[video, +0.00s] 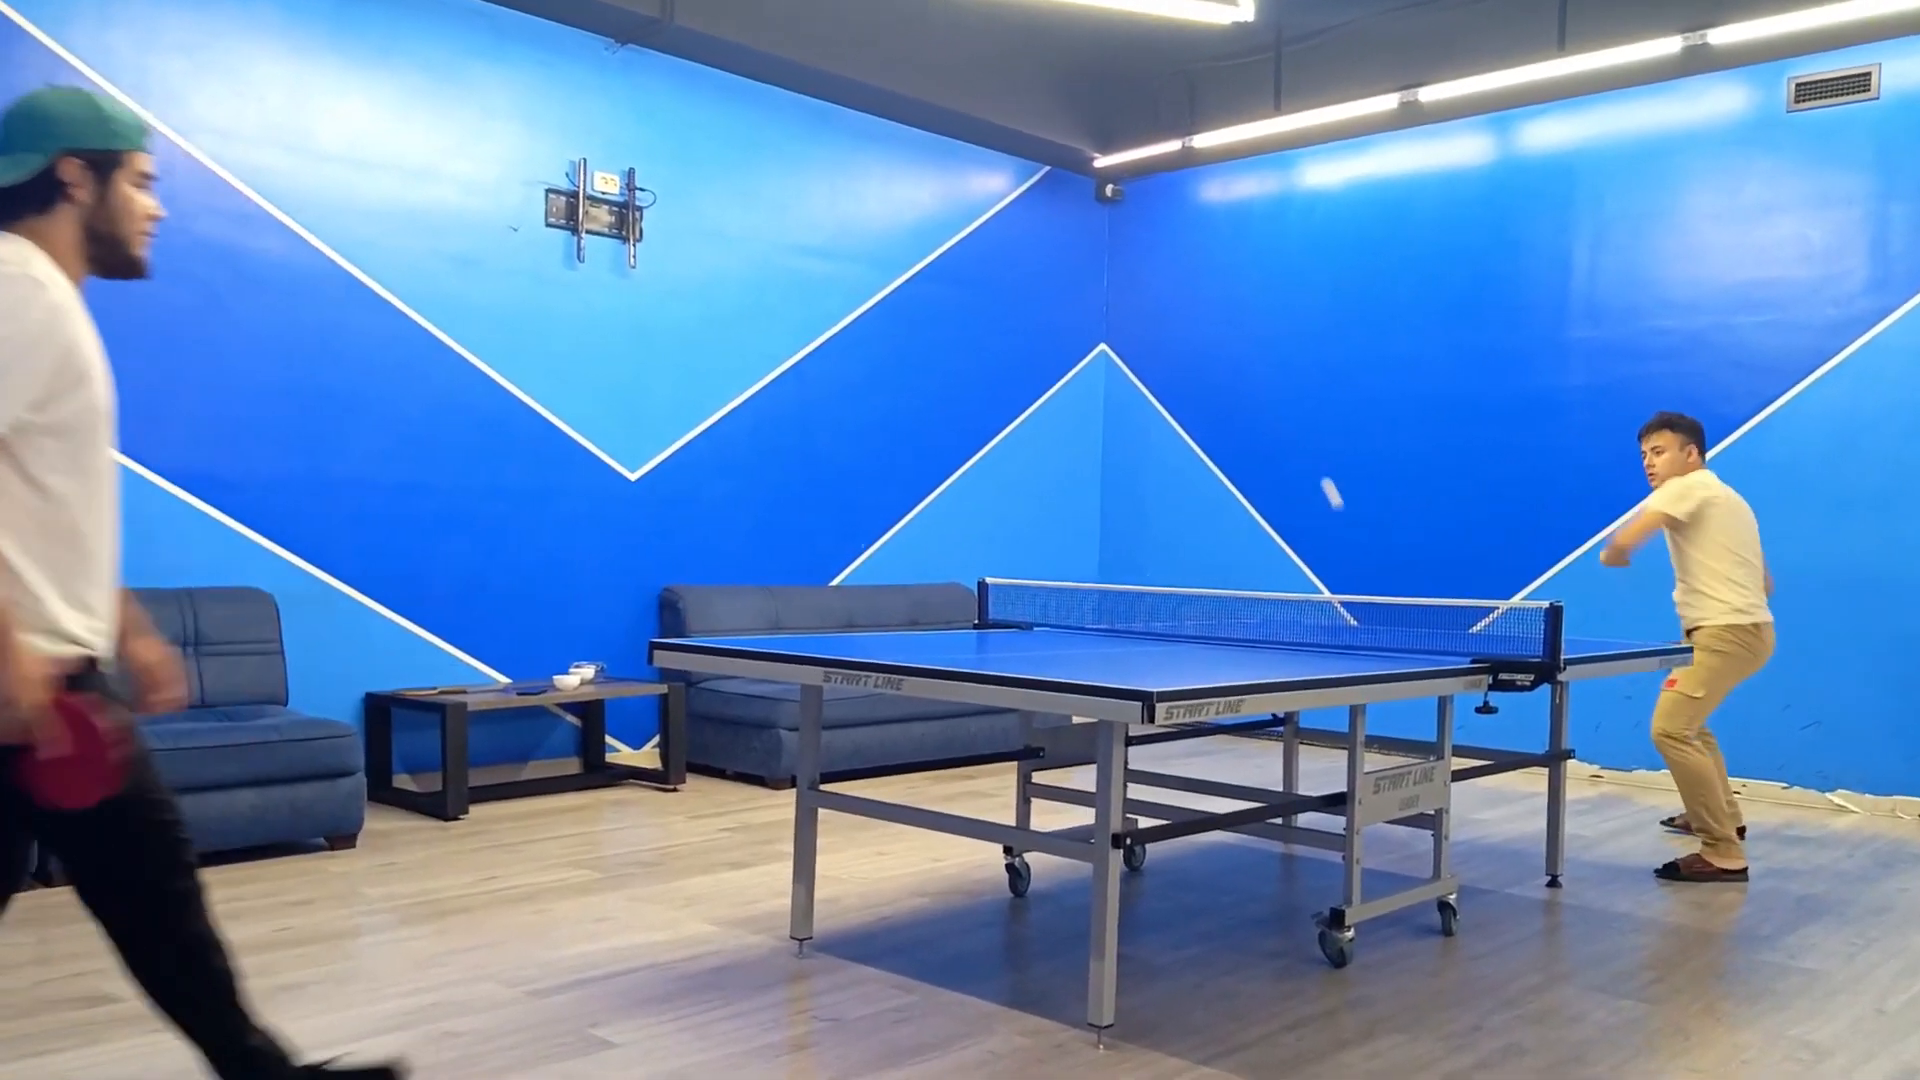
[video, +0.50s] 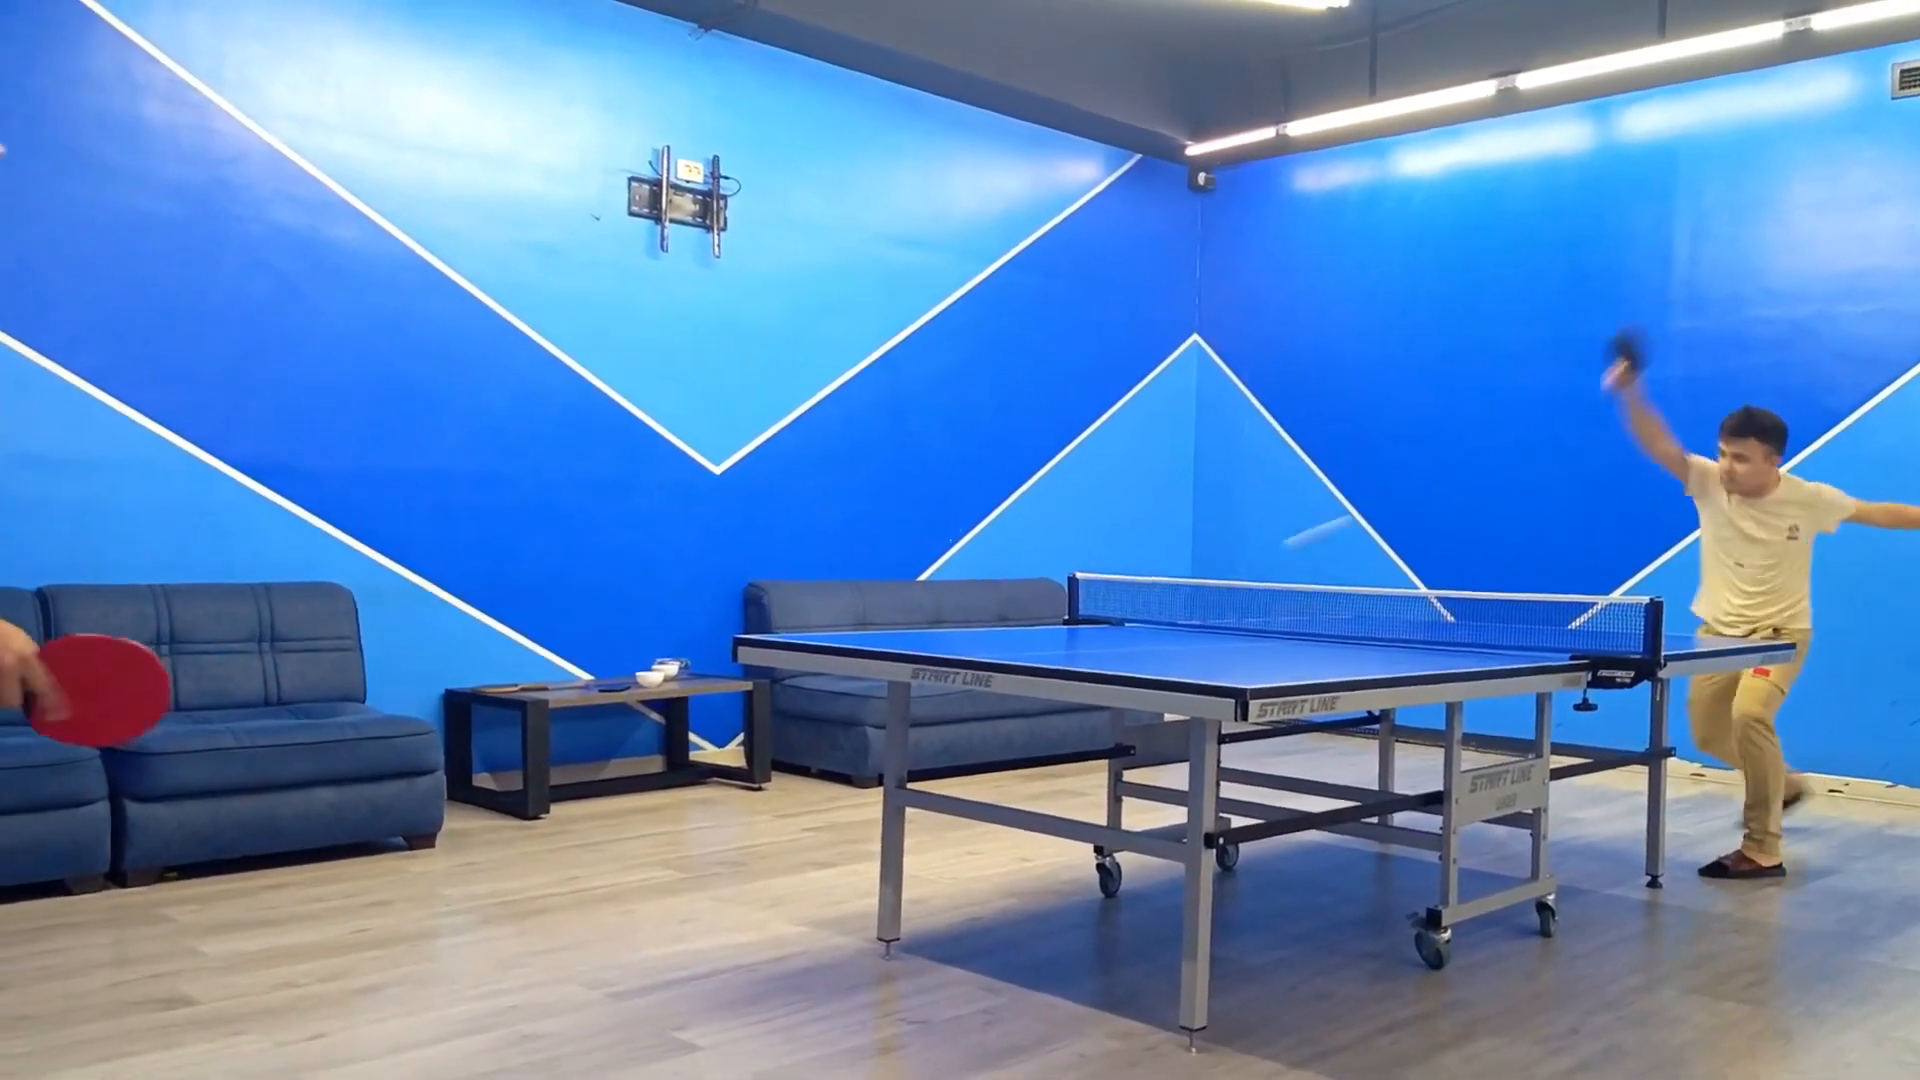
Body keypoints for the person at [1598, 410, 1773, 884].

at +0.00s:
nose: (1648, 463)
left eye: (1657, 451)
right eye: (1645, 455)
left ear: (1691, 453)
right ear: (1693, 459)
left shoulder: (1688, 487)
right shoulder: (1730, 499)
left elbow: (1622, 542)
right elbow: (1763, 583)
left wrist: (1613, 555)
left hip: (1725, 630)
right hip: (1745, 628)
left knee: (1671, 730)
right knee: (1686, 722)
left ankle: (1723, 853)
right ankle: (1720, 816)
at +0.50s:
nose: (1728, 466)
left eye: (1741, 458)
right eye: (1725, 455)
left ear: (1774, 462)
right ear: (1718, 452)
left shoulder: (1810, 501)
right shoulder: (1708, 481)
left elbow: (1878, 513)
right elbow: (1659, 443)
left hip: (1780, 635)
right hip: (1718, 633)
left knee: (1748, 715)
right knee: (1708, 735)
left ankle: (1761, 850)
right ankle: (1782, 784)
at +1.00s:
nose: (1592, 463)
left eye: (1606, 455)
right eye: (1585, 453)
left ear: (1632, 466)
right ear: (1578, 456)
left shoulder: (1655, 517)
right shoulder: (1556, 500)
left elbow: (1696, 566)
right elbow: (1474, 506)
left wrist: (1721, 610)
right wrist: (1514, 528)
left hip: (1613, 644)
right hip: (1552, 640)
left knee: (1593, 710)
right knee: (1512, 702)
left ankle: (1622, 837)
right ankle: (1538, 787)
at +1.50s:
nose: (1562, 508)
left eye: (1571, 497)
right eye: (1562, 498)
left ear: (1605, 496)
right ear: (1617, 502)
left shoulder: (1605, 524)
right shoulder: (1663, 543)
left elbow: (1550, 538)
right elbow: (1709, 620)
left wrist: (1497, 560)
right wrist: (1708, 682)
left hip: (1669, 671)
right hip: (1693, 670)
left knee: (1642, 797)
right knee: (1601, 745)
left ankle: (1738, 910)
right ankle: (1630, 860)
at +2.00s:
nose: (1560, 454)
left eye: (1565, 444)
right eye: (1557, 446)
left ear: (1598, 437)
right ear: (1584, 441)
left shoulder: (1645, 467)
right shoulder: (1589, 467)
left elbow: (1725, 476)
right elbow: (1559, 402)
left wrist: (1791, 459)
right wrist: (1572, 335)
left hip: (1653, 616)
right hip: (1608, 616)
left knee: (1639, 725)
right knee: (1586, 721)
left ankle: (1692, 841)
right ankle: (1642, 827)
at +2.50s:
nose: (1550, 481)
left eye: (1556, 473)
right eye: (1549, 473)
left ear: (1587, 467)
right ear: (1555, 469)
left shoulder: (1635, 510)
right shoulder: (1549, 494)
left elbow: (1657, 576)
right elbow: (1514, 541)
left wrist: (1656, 638)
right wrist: (1518, 567)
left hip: (1610, 628)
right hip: (1555, 624)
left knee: (1615, 723)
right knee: (1550, 718)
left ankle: (1617, 813)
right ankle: (1565, 810)